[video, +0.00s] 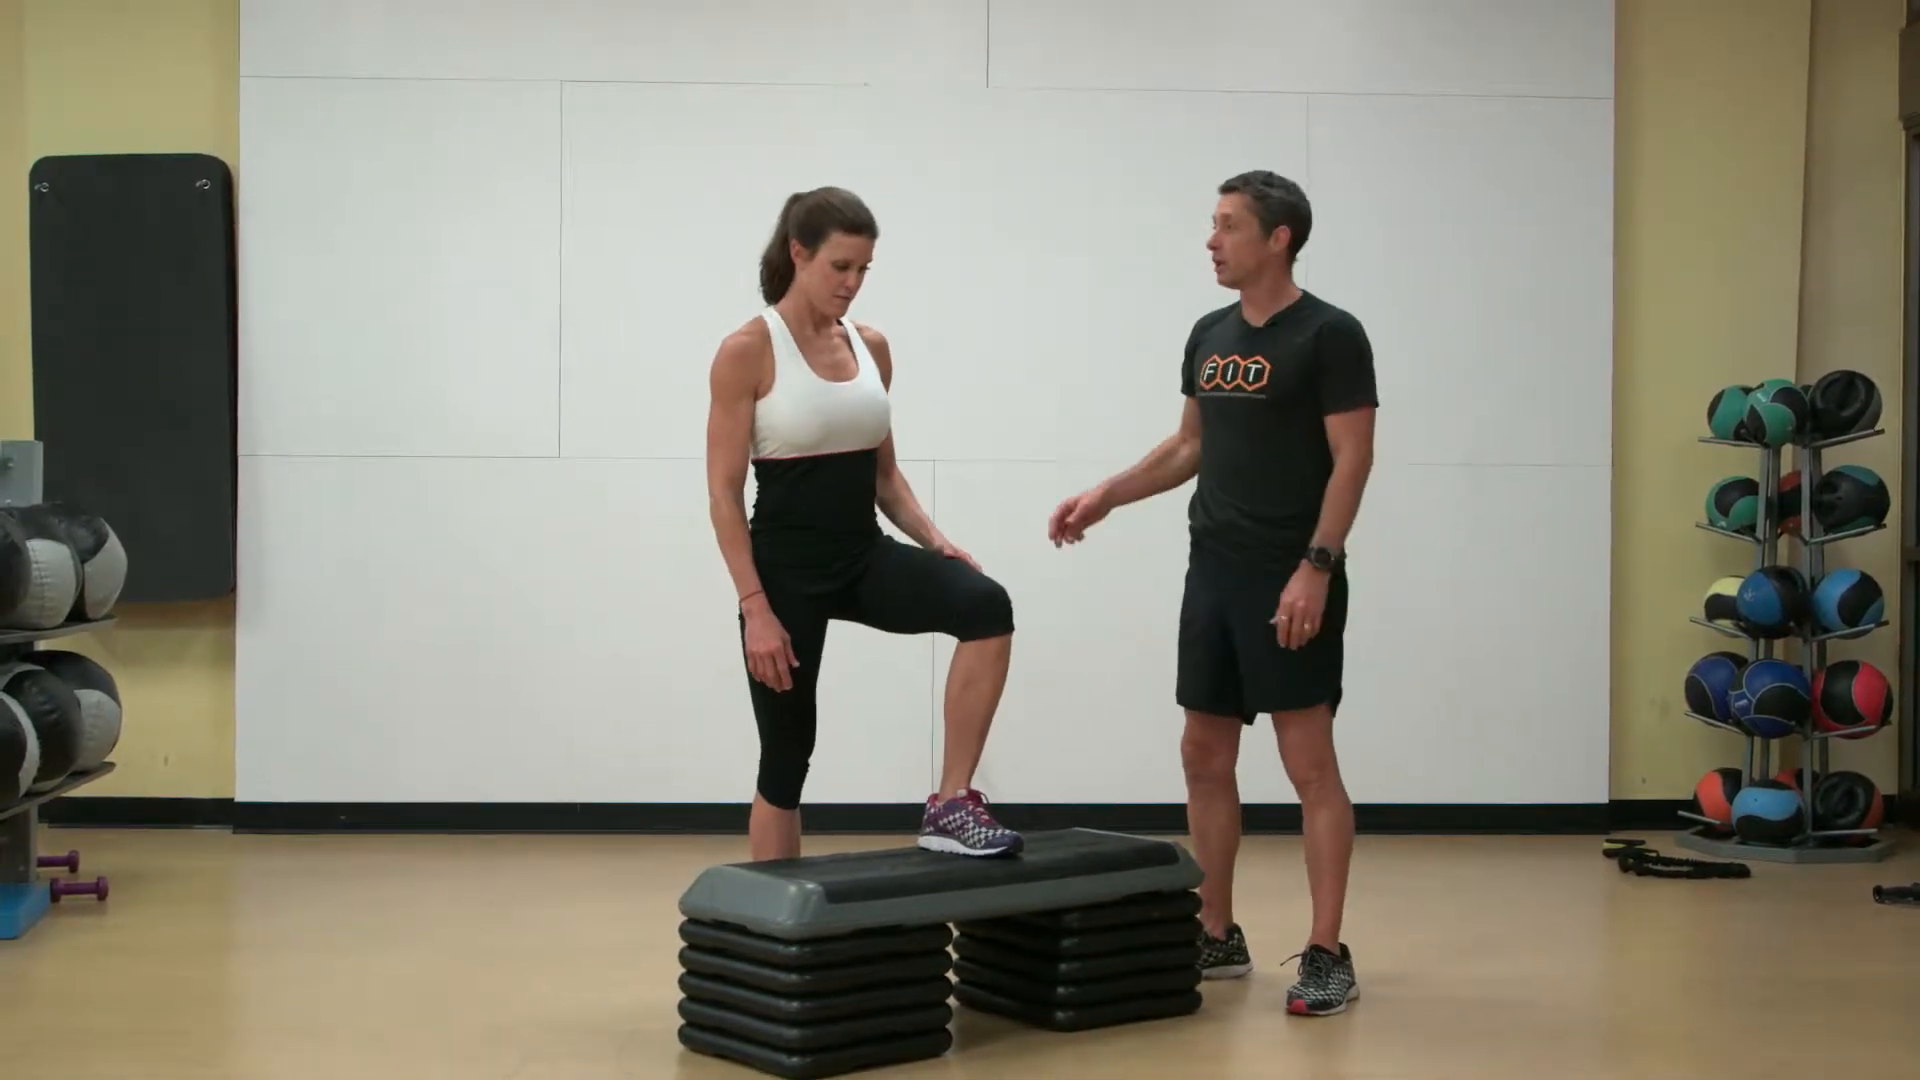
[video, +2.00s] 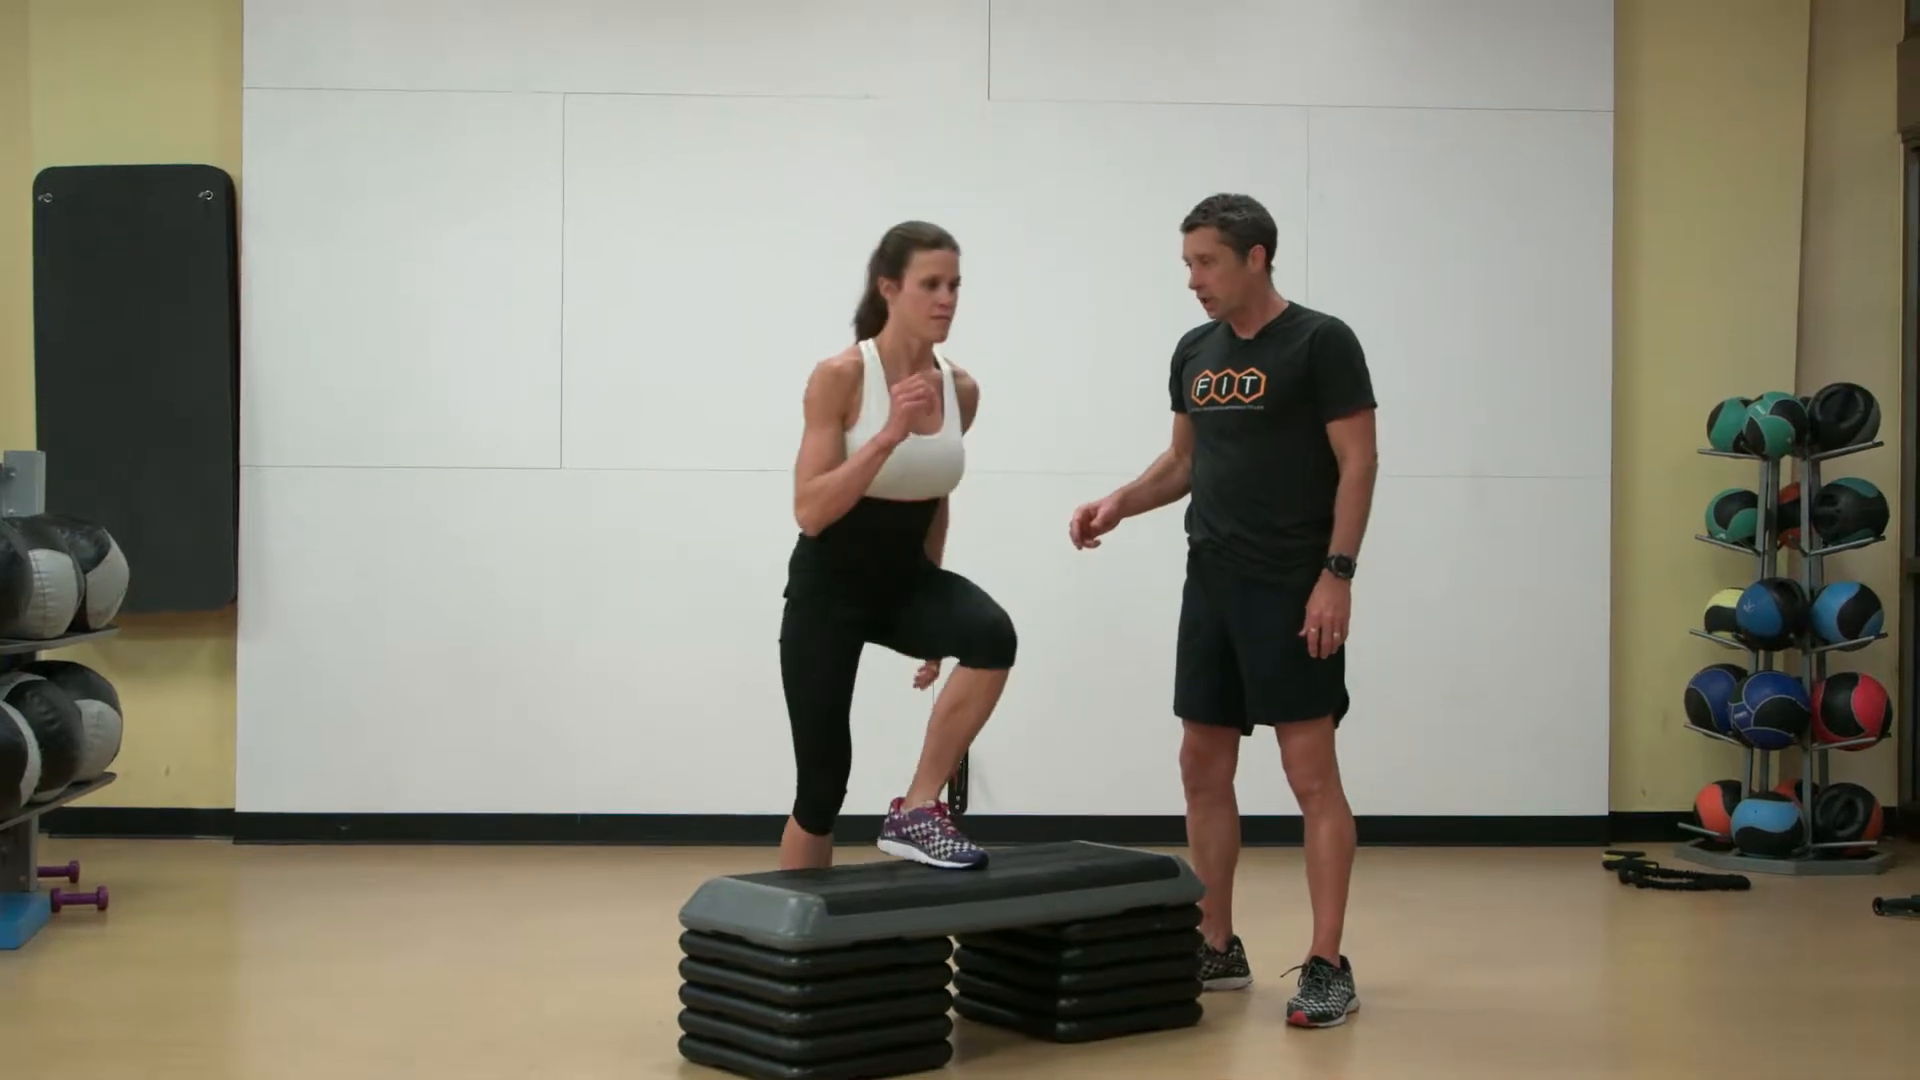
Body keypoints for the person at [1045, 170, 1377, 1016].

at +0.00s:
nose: (1211, 242)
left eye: (1227, 228)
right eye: (1213, 227)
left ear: (1279, 239)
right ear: (1244, 238)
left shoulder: (1332, 335)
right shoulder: (1210, 334)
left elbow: (1353, 460)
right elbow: (1191, 445)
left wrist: (1317, 564)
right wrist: (1106, 494)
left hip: (1293, 574)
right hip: (1214, 572)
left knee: (1309, 762)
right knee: (1204, 754)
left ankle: (1326, 950)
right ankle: (1217, 935)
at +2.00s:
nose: (1192, 279)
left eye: (1205, 264)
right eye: (1187, 265)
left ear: (1256, 258)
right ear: (1198, 265)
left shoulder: (1323, 343)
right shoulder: (1193, 354)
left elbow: (1358, 463)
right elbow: (1181, 464)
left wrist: (1337, 573)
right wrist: (1119, 502)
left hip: (1294, 588)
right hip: (1211, 586)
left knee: (1312, 775)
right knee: (1202, 766)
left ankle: (1326, 961)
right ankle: (1215, 945)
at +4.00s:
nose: (1210, 339)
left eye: (1223, 325)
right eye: (1203, 325)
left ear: (1272, 315)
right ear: (1202, 320)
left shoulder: (1344, 386)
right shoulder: (1193, 403)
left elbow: (1393, 501)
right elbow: (1151, 507)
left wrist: (1385, 608)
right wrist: (1093, 528)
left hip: (1333, 631)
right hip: (1243, 632)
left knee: (1340, 817)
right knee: (1220, 804)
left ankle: (1341, 1002)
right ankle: (1230, 988)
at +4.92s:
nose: (1237, 324)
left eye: (1250, 309)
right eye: (1230, 310)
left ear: (1299, 300)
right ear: (1228, 307)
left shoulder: (1367, 383)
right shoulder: (1217, 391)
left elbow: (1404, 503)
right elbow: (1179, 493)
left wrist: (1385, 605)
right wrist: (1130, 531)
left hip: (1341, 627)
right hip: (1252, 626)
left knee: (1346, 816)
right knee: (1227, 802)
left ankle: (1344, 999)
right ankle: (1233, 982)